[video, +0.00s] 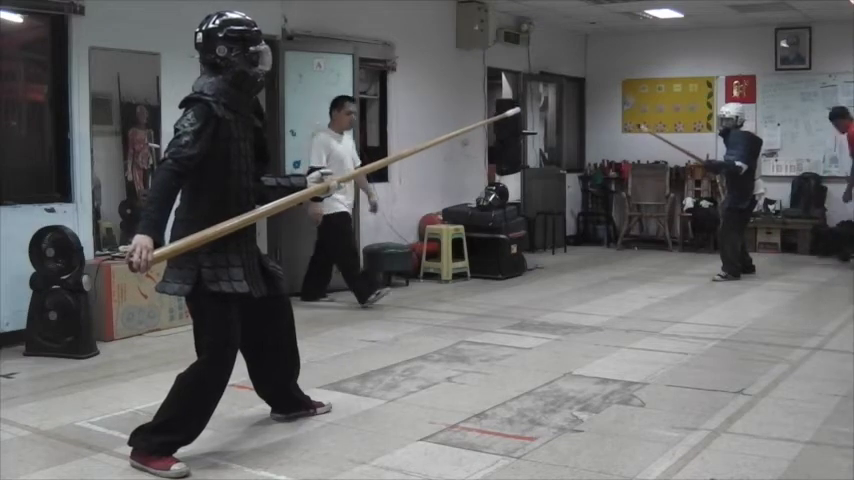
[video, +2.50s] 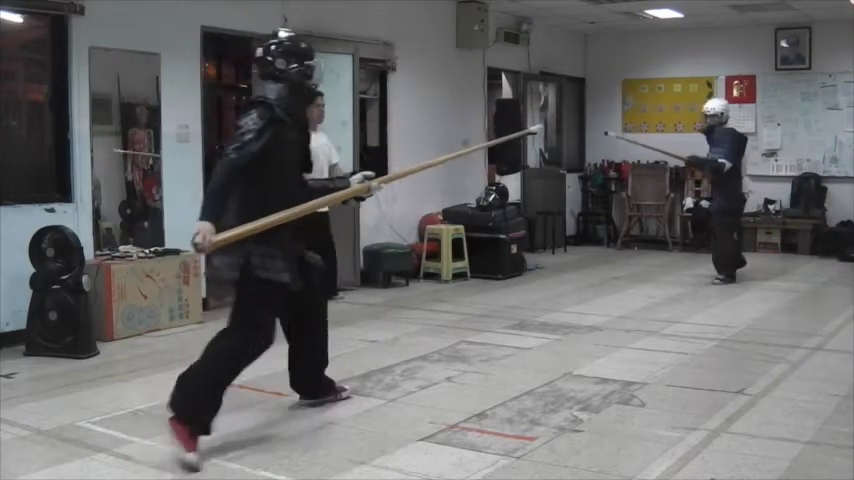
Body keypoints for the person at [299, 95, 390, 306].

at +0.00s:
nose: (353, 118)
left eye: (354, 114)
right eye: (349, 114)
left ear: (348, 116)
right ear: (336, 113)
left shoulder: (348, 139)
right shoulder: (321, 139)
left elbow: (357, 169)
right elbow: (314, 174)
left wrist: (370, 192)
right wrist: (315, 202)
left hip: (345, 205)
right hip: (330, 206)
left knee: (325, 251)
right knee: (345, 250)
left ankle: (312, 291)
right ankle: (364, 293)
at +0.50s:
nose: (383, 129)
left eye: (383, 125)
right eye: (379, 124)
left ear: (372, 124)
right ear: (364, 123)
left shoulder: (375, 144)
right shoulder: (352, 145)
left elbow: (396, 161)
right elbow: (378, 171)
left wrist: (404, 152)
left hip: (359, 206)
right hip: (345, 206)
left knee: (340, 250)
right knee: (370, 245)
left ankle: (323, 287)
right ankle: (371, 298)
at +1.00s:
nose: (379, 127)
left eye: (380, 123)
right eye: (376, 122)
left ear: (367, 123)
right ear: (363, 123)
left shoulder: (369, 150)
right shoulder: (347, 143)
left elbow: (384, 169)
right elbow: (374, 130)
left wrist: (400, 182)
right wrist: (393, 111)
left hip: (355, 208)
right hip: (345, 208)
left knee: (337, 251)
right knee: (370, 247)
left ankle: (320, 287)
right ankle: (371, 298)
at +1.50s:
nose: (371, 120)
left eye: (372, 117)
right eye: (365, 117)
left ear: (372, 120)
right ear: (351, 120)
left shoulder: (368, 149)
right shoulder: (345, 143)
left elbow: (382, 171)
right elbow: (375, 138)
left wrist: (400, 182)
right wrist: (400, 123)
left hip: (355, 207)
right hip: (345, 208)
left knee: (337, 251)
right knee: (370, 246)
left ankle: (321, 288)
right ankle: (371, 298)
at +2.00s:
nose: (361, 118)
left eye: (362, 114)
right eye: (356, 114)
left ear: (362, 120)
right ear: (342, 120)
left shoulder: (346, 143)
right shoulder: (344, 144)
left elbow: (364, 175)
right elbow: (363, 172)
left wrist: (387, 186)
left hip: (344, 208)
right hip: (344, 208)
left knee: (357, 250)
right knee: (368, 247)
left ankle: (330, 283)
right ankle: (372, 298)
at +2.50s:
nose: (322, 112)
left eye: (323, 107)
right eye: (317, 107)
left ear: (322, 110)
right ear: (304, 110)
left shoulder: (322, 139)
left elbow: (335, 171)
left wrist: (355, 180)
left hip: (320, 208)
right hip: (298, 209)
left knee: (325, 250)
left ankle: (328, 289)